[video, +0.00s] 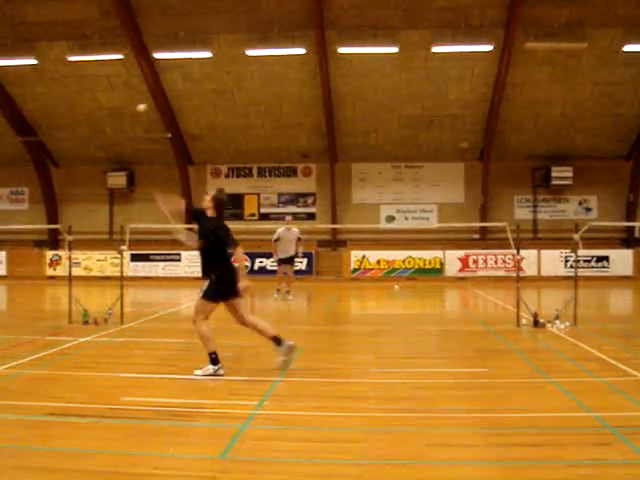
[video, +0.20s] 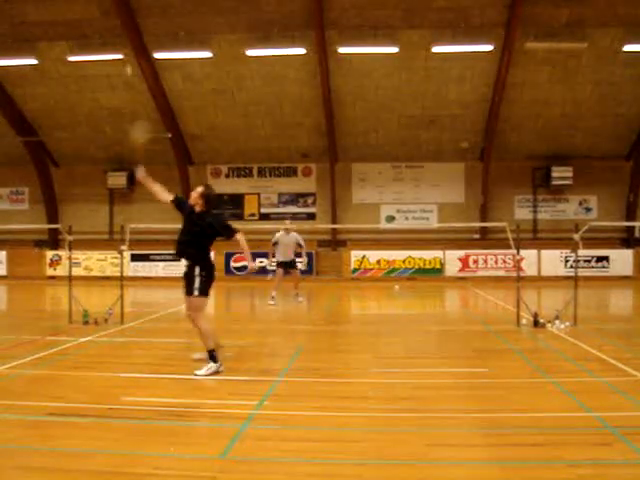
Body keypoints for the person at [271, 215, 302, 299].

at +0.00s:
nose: (288, 224)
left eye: (290, 222)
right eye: (287, 222)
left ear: (293, 223)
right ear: (284, 223)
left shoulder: (296, 232)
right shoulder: (280, 231)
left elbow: (299, 241)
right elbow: (274, 241)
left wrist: (298, 252)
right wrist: (274, 253)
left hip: (291, 254)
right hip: (281, 255)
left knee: (290, 274)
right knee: (280, 273)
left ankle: (288, 291)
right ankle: (278, 290)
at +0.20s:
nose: (287, 227)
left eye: (289, 225)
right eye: (286, 225)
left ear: (292, 226)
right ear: (283, 226)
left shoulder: (295, 236)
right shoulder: (278, 236)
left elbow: (302, 246)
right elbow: (272, 246)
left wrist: (304, 257)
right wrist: (270, 258)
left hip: (291, 259)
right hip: (280, 259)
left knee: (297, 276)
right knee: (279, 276)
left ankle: (297, 294)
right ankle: (273, 295)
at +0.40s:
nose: (293, 236)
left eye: (295, 234)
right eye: (292, 234)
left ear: (296, 235)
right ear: (289, 234)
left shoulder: (299, 245)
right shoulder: (283, 244)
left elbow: (303, 256)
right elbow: (276, 254)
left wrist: (303, 265)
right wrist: (272, 264)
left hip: (293, 263)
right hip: (283, 264)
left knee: (302, 277)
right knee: (282, 277)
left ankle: (310, 296)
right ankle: (273, 295)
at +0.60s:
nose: (286, 235)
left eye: (288, 233)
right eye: (285, 233)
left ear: (290, 234)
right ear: (282, 233)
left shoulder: (294, 244)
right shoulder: (277, 243)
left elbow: (299, 256)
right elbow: (273, 254)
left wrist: (300, 267)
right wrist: (271, 264)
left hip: (291, 265)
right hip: (279, 266)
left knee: (299, 281)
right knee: (274, 276)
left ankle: (311, 296)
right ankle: (270, 296)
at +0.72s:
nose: (278, 227)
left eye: (280, 225)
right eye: (277, 225)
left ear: (283, 227)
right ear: (275, 226)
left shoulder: (285, 237)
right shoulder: (269, 236)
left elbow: (292, 250)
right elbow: (266, 247)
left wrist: (293, 262)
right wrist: (265, 257)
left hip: (283, 260)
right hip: (273, 260)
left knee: (290, 279)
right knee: (270, 278)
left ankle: (304, 292)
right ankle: (270, 297)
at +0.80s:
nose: (275, 224)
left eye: (277, 223)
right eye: (274, 222)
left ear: (279, 224)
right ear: (272, 223)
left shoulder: (281, 234)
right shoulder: (267, 233)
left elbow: (286, 246)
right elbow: (262, 245)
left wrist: (287, 257)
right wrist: (261, 257)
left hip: (280, 257)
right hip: (270, 258)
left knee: (282, 276)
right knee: (270, 278)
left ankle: (297, 289)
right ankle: (270, 297)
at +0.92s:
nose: (269, 221)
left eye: (270, 219)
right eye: (267, 219)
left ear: (273, 220)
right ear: (265, 220)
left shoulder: (275, 231)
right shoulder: (261, 230)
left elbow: (280, 243)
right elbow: (258, 243)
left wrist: (275, 252)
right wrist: (254, 255)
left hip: (275, 253)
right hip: (266, 253)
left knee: (268, 273)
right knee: (268, 273)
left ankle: (278, 291)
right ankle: (271, 293)